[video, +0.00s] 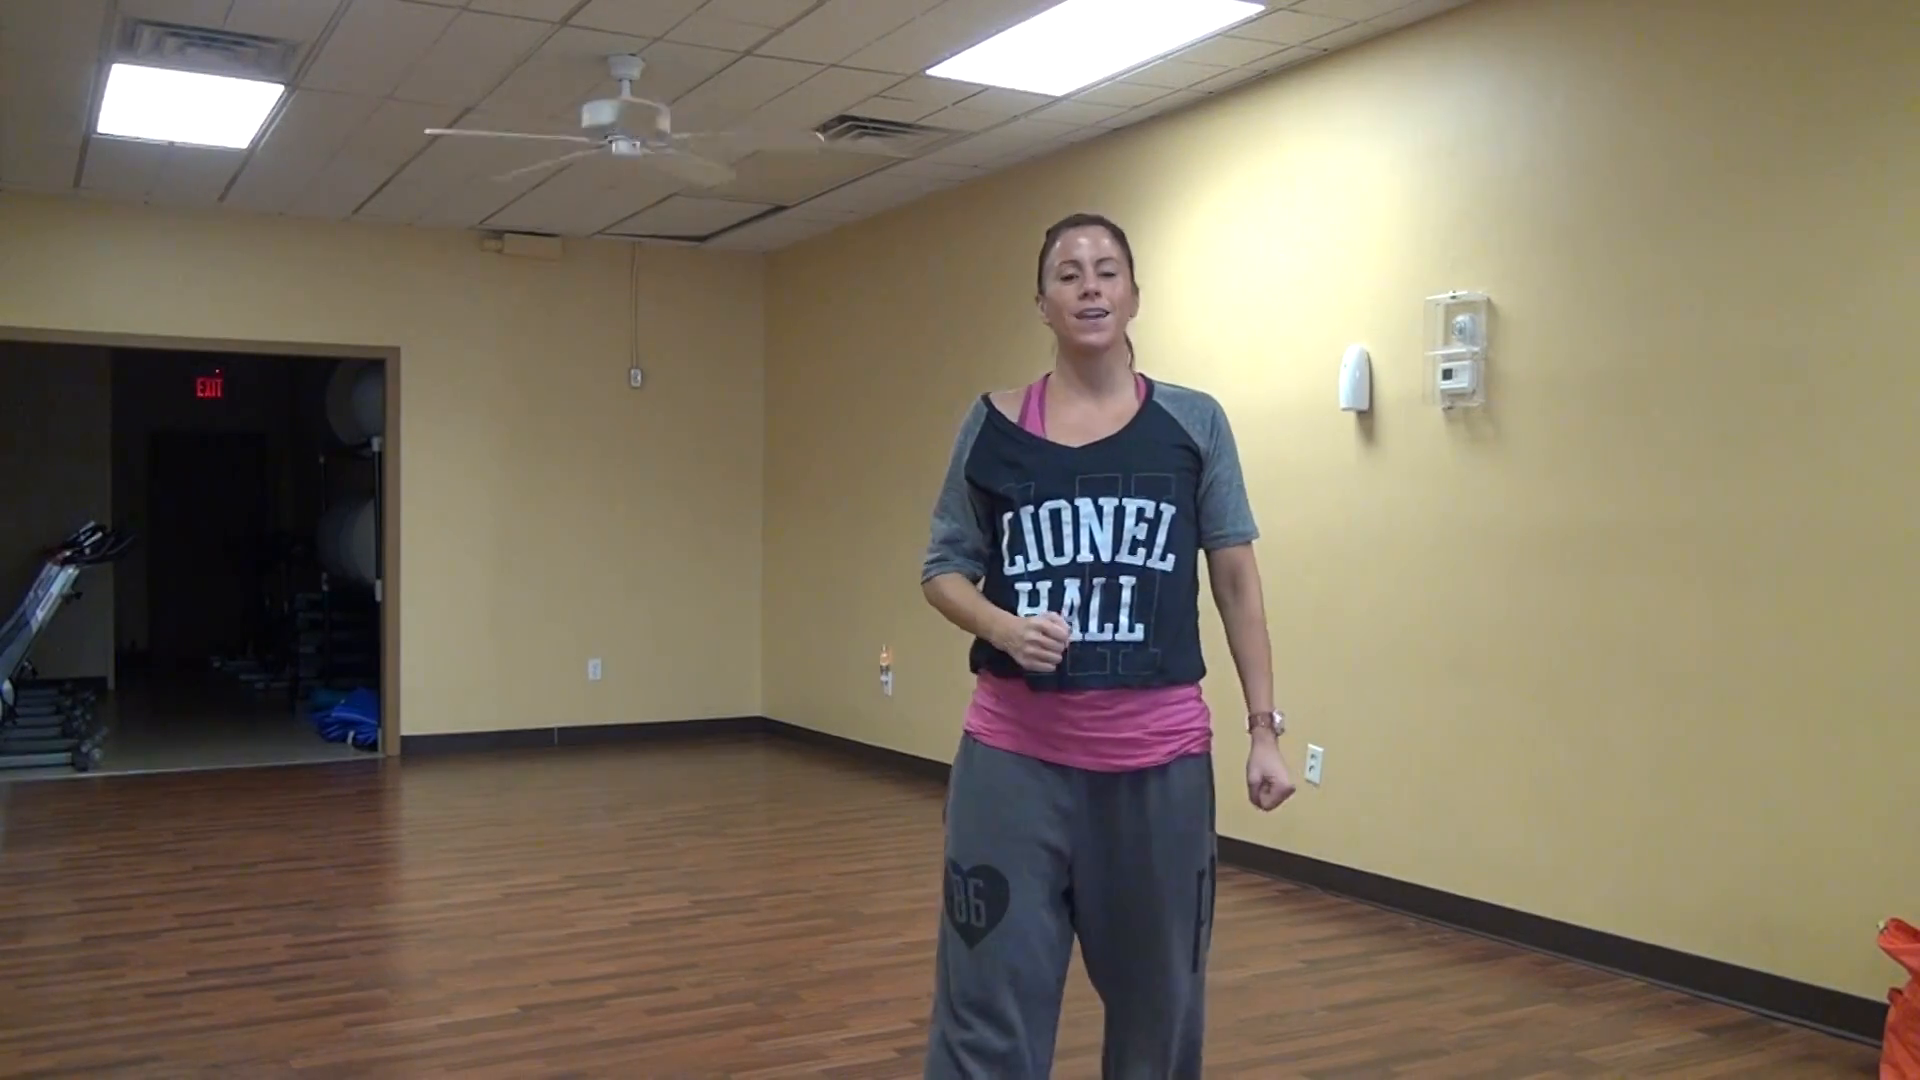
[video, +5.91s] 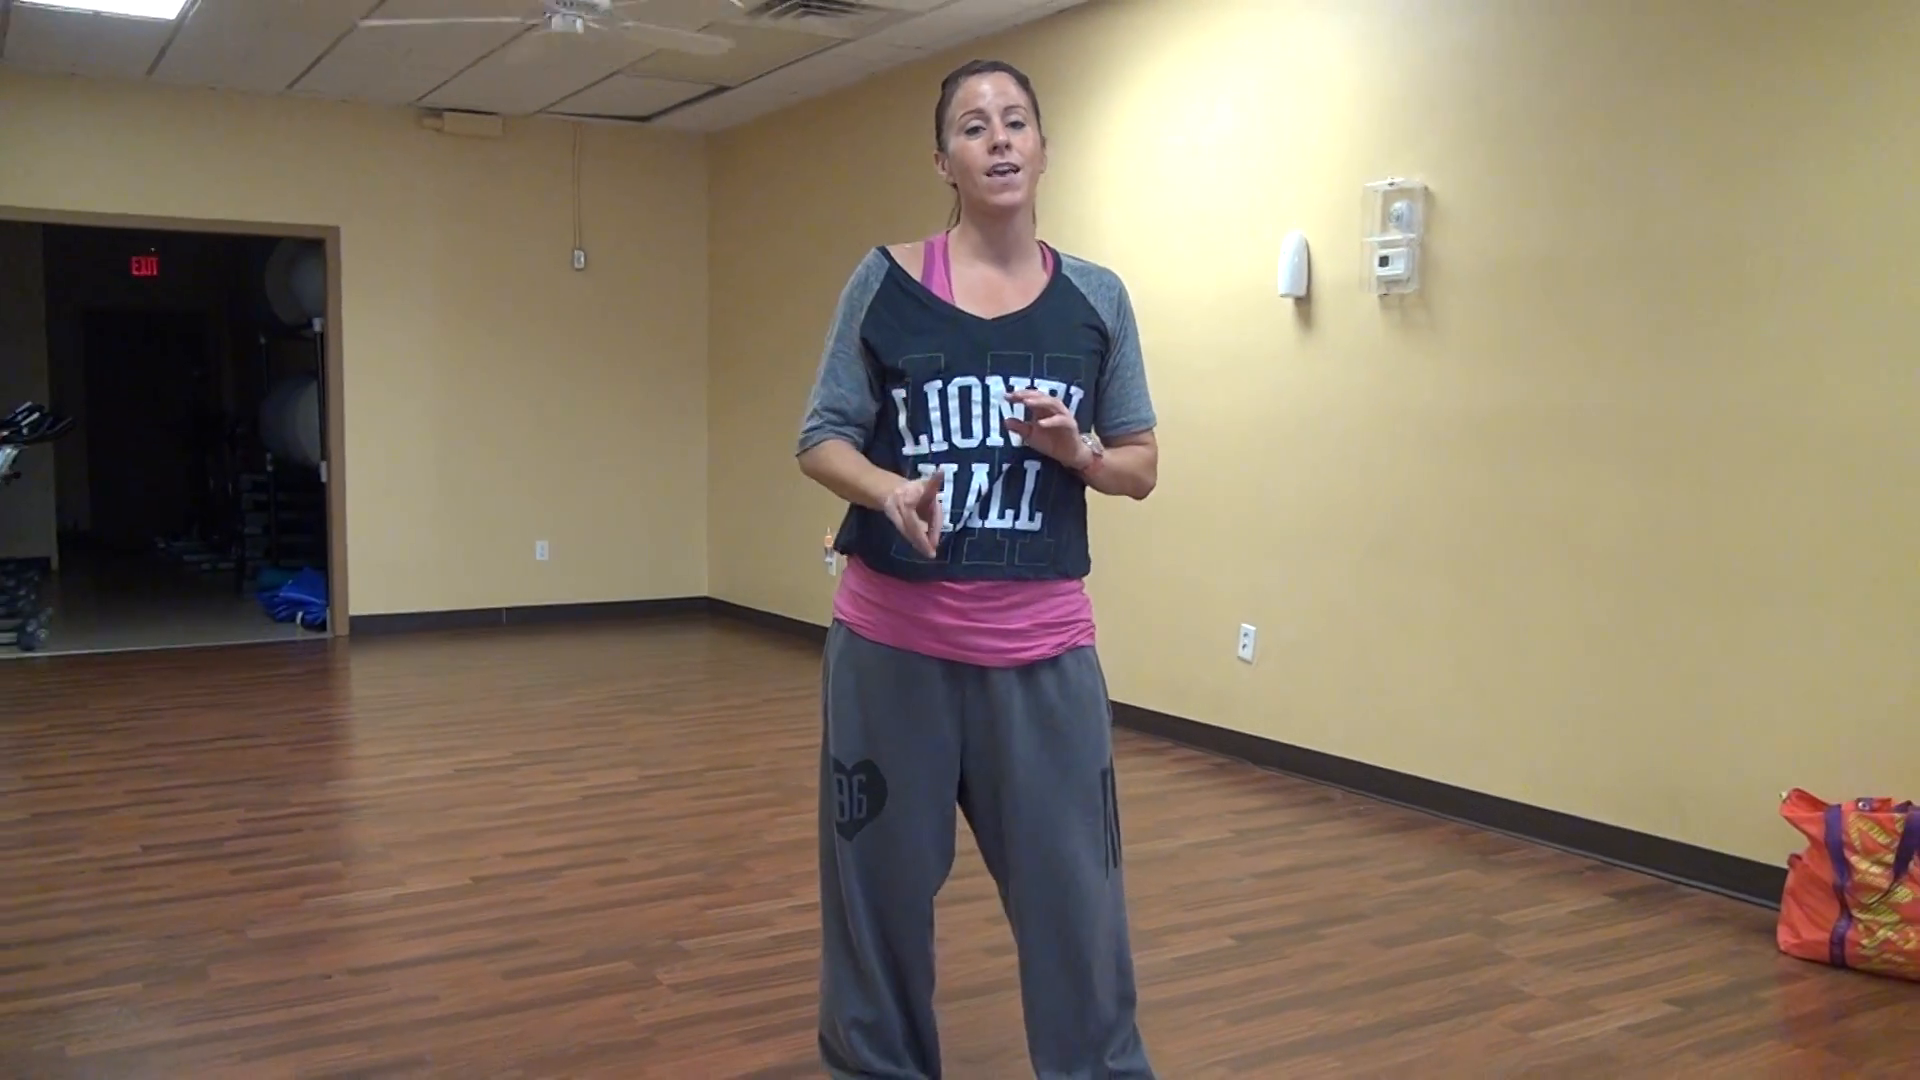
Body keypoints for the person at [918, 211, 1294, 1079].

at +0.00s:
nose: (1089, 286)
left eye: (1106, 270)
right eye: (1069, 273)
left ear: (1133, 292)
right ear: (1042, 299)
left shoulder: (1194, 421)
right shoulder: (996, 422)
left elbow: (1236, 580)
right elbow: (943, 570)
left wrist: (1264, 728)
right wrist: (1002, 627)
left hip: (1156, 759)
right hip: (1013, 754)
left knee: (1159, 1020)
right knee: (989, 1016)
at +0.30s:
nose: (1041, 270)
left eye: (1056, 253)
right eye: (1018, 258)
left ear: (1082, 275)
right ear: (988, 292)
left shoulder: (1142, 415)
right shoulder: (937, 407)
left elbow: (1176, 570)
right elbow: (866, 560)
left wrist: (1147, 649)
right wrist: (956, 565)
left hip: (1092, 750)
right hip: (947, 742)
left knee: (1112, 1008)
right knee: (938, 1005)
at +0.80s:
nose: (940, 277)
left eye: (961, 259)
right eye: (921, 261)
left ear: (998, 282)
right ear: (901, 282)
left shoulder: (1061, 409)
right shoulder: (848, 409)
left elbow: (1146, 570)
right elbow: (778, 571)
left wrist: (1008, 546)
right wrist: (893, 544)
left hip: (1014, 756)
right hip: (862, 754)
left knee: (1060, 1014)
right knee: (879, 1019)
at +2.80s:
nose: (1032, 138)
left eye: (1049, 116)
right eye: (1007, 125)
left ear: (1084, 137)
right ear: (983, 156)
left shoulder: (1161, 277)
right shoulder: (939, 285)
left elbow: (1240, 446)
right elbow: (871, 448)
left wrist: (1126, 465)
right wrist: (983, 455)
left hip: (1127, 648)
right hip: (967, 644)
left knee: (1121, 922)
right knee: (927, 914)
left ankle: (1109, 1071)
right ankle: (896, 1069)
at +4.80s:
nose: (1019, 127)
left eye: (1038, 110)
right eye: (995, 114)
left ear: (1068, 137)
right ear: (966, 148)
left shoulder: (1137, 276)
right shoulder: (916, 277)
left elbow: (1198, 453)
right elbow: (862, 458)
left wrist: (1119, 443)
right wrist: (897, 444)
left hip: (1099, 644)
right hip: (937, 642)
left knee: (1107, 925)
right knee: (907, 916)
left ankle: (1107, 1074)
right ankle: (887, 1070)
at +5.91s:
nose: (999, 140)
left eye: (1016, 122)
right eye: (975, 127)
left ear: (1044, 146)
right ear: (943, 160)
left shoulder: (1098, 294)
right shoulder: (887, 279)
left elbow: (1141, 467)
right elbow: (821, 440)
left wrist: (1083, 454)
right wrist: (886, 488)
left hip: (1043, 644)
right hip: (890, 642)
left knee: (1077, 907)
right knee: (876, 901)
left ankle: (1103, 1068)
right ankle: (878, 1067)